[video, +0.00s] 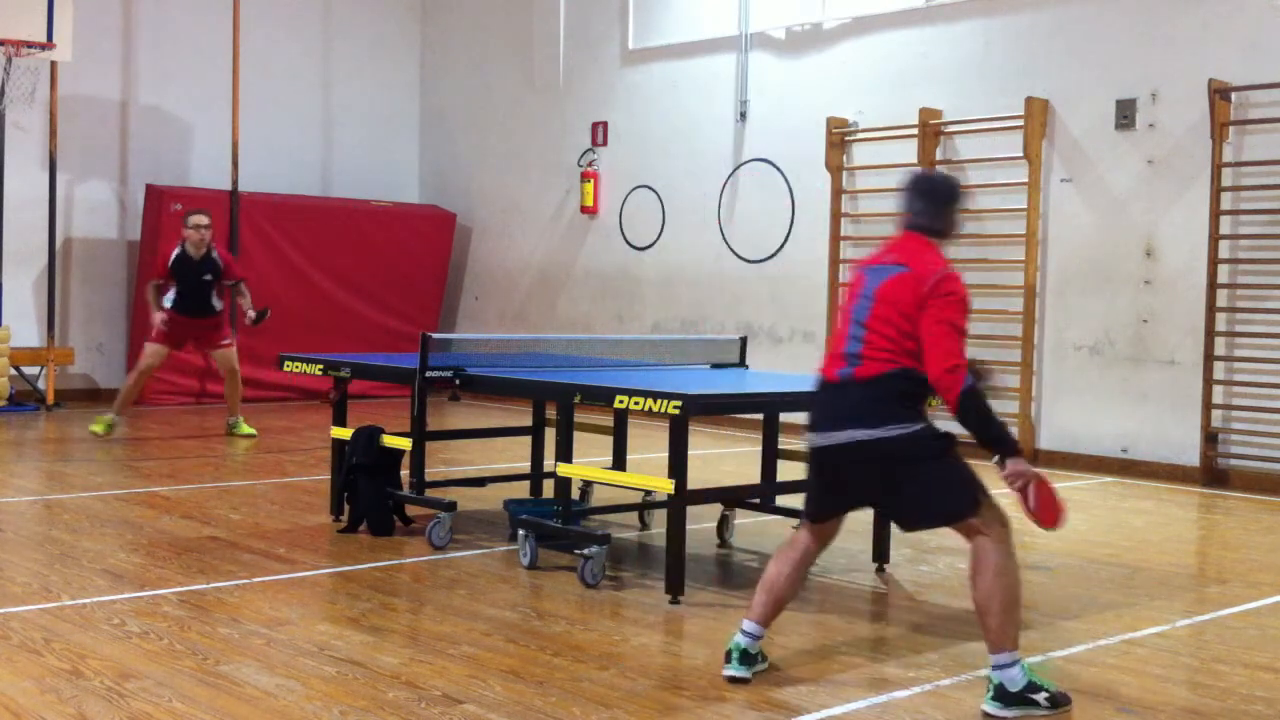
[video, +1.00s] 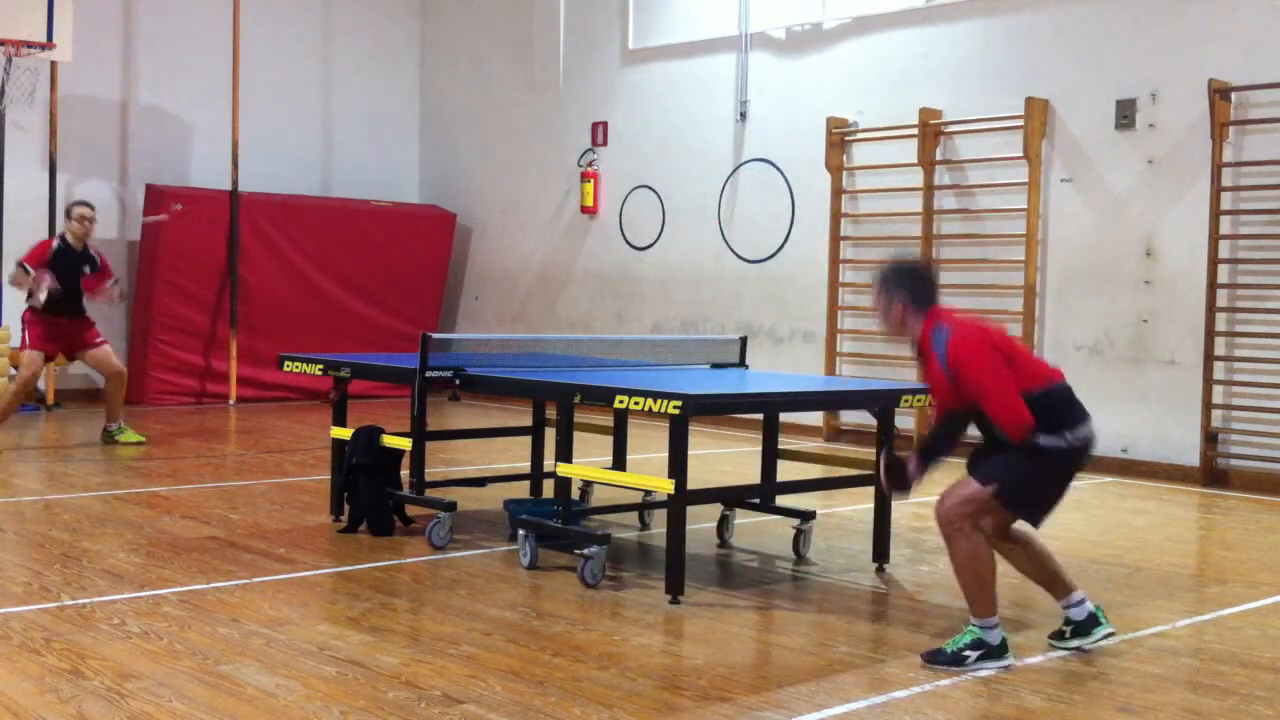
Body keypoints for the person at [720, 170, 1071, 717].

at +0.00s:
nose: (954, 221)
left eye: (940, 209)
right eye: (954, 212)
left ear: (906, 212)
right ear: (951, 218)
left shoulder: (869, 267)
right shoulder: (939, 279)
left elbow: (869, 355)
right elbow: (949, 380)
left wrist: (949, 373)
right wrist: (1008, 451)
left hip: (831, 435)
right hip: (897, 434)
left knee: (813, 531)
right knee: (988, 531)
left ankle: (744, 645)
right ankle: (1009, 677)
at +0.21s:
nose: (1032, 222)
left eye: (1030, 211)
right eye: (1030, 214)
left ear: (977, 214)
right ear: (1021, 221)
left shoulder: (953, 260)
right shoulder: (992, 270)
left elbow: (1010, 318)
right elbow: (1001, 347)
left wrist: (1074, 337)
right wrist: (1068, 383)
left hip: (878, 427)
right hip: (939, 431)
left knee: (826, 536)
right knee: (1027, 533)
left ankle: (747, 641)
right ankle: (1014, 680)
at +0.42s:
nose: (1027, 142)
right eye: (1027, 134)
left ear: (972, 132)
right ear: (1022, 137)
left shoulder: (930, 182)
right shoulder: (1038, 196)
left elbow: (854, 237)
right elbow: (1130, 239)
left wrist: (862, 284)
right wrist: (1212, 208)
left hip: (928, 348)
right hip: (1001, 354)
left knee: (878, 448)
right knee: (1031, 474)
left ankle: (833, 559)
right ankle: (1066, 592)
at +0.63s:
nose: (934, 174)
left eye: (937, 168)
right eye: (937, 167)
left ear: (941, 177)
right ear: (986, 178)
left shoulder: (936, 241)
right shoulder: (999, 224)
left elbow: (929, 324)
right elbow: (954, 254)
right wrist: (871, 259)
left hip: (992, 391)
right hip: (1059, 384)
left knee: (925, 420)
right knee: (1075, 465)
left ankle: (951, 536)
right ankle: (1062, 488)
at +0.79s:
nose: (875, 328)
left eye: (876, 317)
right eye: (874, 317)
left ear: (892, 317)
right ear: (919, 308)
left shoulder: (939, 351)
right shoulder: (944, 341)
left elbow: (1003, 438)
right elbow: (938, 400)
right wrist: (930, 424)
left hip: (1050, 449)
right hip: (1086, 436)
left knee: (944, 513)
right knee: (1026, 513)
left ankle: (989, 637)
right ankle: (1080, 622)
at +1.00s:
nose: (876, 310)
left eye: (880, 300)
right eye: (876, 300)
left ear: (901, 304)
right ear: (913, 302)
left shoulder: (959, 341)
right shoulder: (935, 343)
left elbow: (1016, 426)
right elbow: (955, 413)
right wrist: (919, 460)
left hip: (1056, 434)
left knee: (954, 512)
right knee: (994, 528)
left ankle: (987, 636)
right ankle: (1084, 614)